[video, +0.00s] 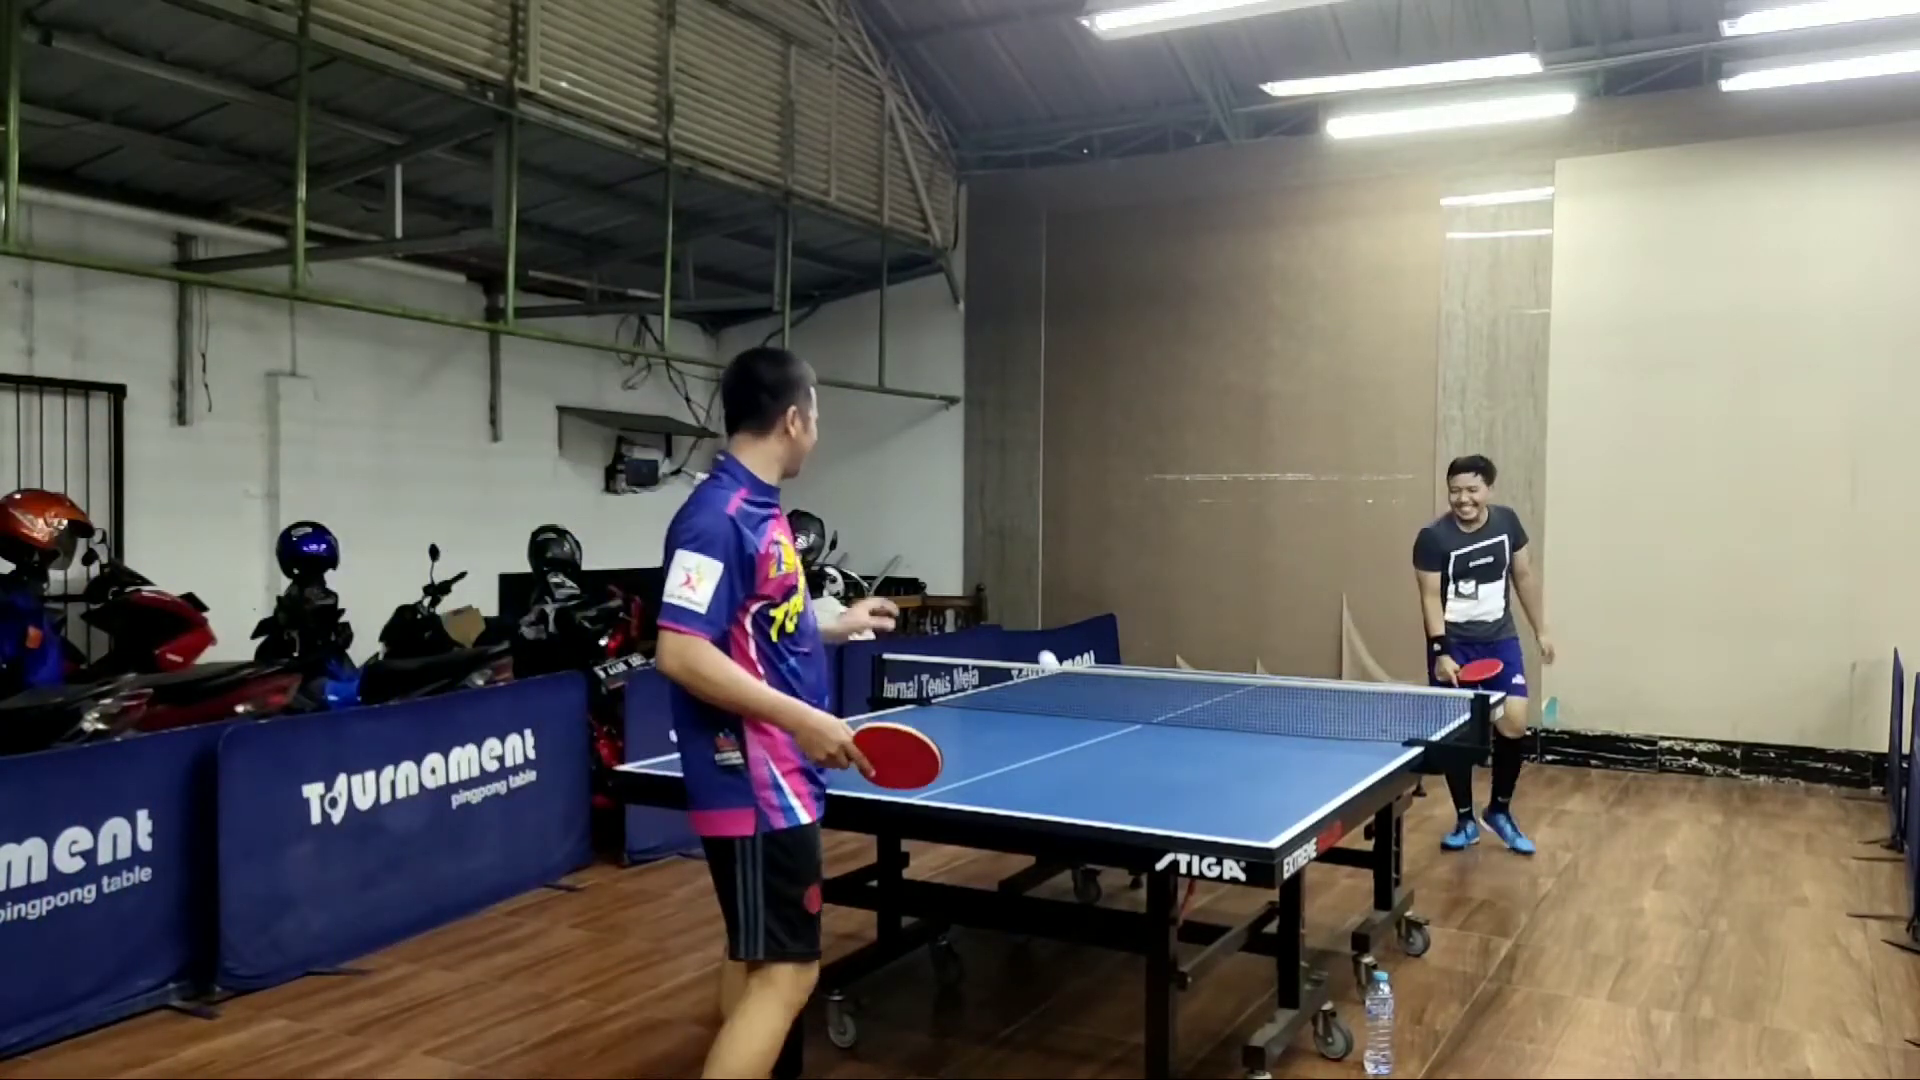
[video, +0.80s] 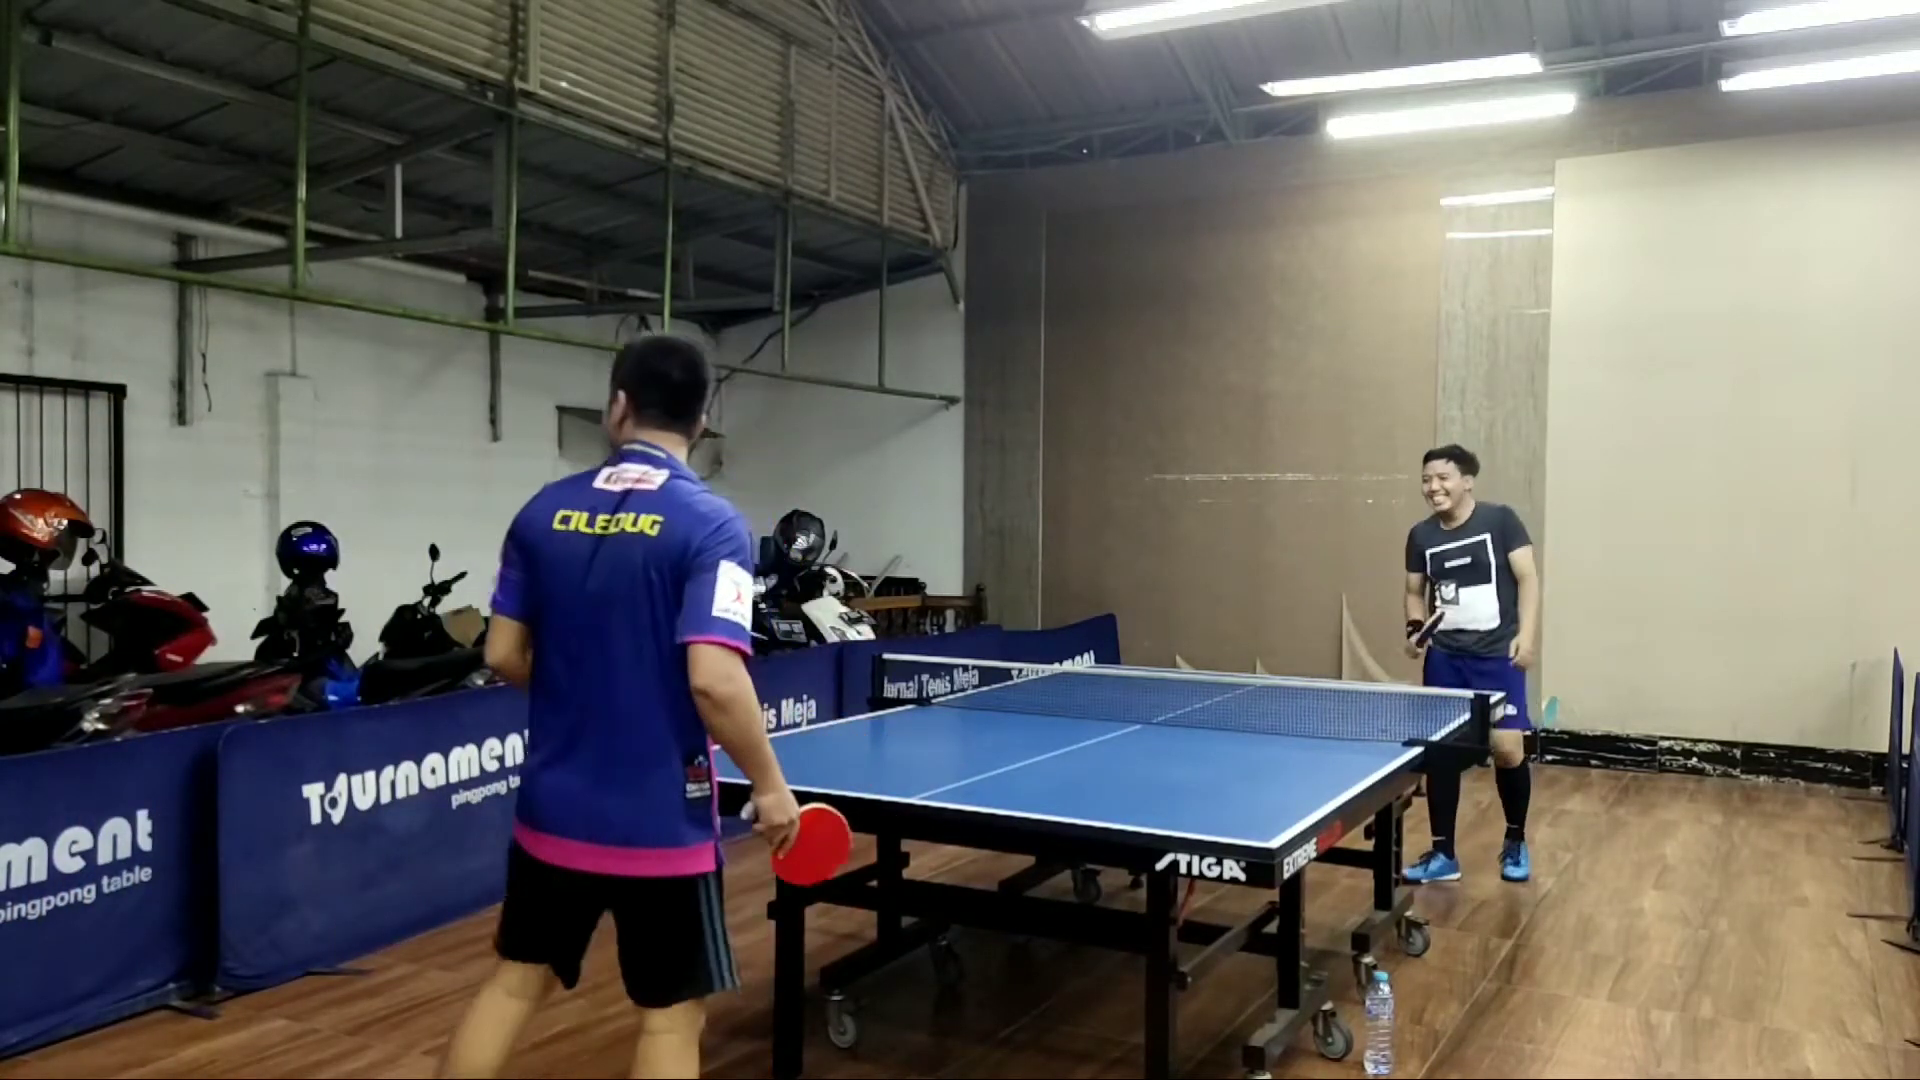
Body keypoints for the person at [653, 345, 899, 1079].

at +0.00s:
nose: (814, 431)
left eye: (812, 415)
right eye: (813, 415)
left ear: (743, 415)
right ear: (794, 419)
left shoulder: (758, 507)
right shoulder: (716, 516)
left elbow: (754, 618)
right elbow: (680, 650)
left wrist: (837, 621)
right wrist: (800, 719)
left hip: (767, 775)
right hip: (749, 786)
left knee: (753, 959)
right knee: (787, 973)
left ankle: (746, 1060)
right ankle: (732, 1072)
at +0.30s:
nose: (793, 431)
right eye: (794, 419)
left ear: (709, 416)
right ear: (785, 428)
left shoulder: (680, 504)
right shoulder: (730, 522)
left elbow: (729, 636)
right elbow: (707, 676)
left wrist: (827, 613)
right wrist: (827, 742)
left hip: (679, 798)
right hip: (713, 811)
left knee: (726, 997)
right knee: (717, 1010)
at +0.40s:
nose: (790, 431)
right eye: (791, 419)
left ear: (701, 413)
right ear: (783, 429)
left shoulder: (646, 506)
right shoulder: (737, 524)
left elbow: (671, 649)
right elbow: (716, 678)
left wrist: (790, 664)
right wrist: (825, 763)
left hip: (639, 806)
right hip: (702, 819)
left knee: (694, 1003)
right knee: (707, 1019)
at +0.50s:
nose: (769, 422)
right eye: (771, 412)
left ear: (684, 410)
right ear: (766, 424)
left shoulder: (619, 505)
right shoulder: (744, 517)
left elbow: (591, 646)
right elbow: (726, 671)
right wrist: (813, 779)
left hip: (616, 807)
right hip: (694, 822)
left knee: (653, 986)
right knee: (692, 1019)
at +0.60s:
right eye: (749, 416)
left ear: (663, 413)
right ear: (748, 427)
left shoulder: (596, 506)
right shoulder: (741, 523)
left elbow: (552, 645)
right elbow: (729, 671)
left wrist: (628, 692)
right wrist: (798, 789)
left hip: (598, 809)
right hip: (692, 821)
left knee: (611, 987)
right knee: (684, 1021)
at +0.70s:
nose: (632, 410)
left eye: (634, 401)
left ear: (642, 409)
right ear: (726, 424)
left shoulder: (570, 508)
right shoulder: (730, 522)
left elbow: (525, 650)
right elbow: (725, 673)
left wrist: (606, 685)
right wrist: (785, 791)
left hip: (578, 813)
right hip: (679, 825)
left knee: (568, 966)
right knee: (678, 1015)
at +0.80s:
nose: (608, 410)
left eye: (610, 400)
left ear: (619, 407)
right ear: (702, 422)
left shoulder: (545, 509)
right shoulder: (713, 525)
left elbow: (505, 655)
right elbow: (713, 679)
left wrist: (581, 683)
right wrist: (769, 783)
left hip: (552, 816)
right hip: (659, 829)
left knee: (517, 976)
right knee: (671, 1013)